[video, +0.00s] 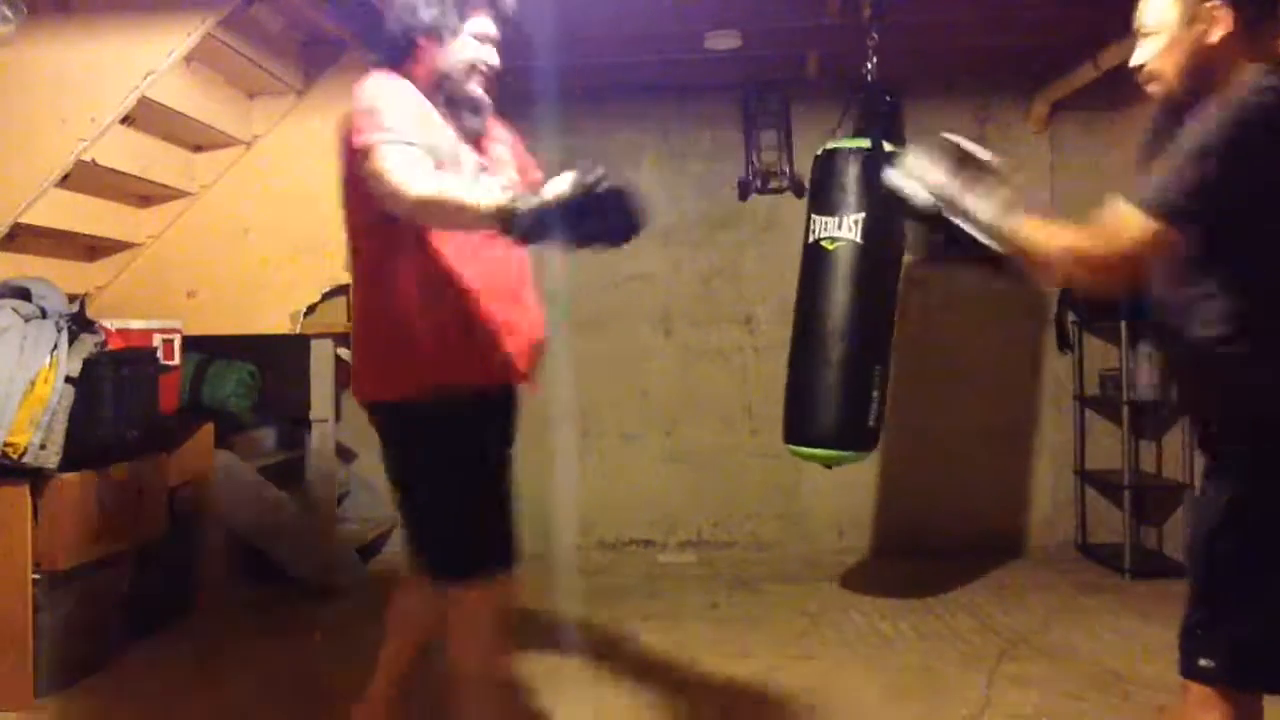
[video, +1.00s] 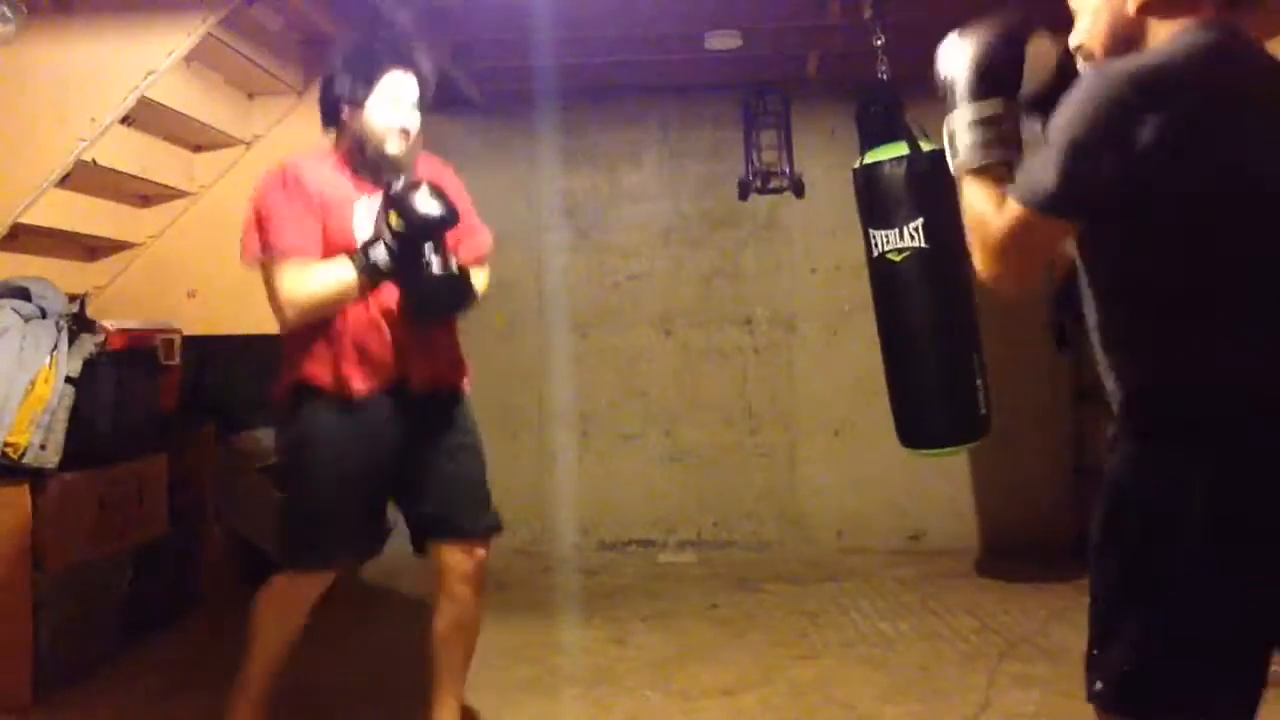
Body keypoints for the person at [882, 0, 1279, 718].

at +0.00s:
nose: (1136, 58)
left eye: (1150, 31)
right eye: (1138, 36)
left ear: (1215, 25)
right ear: (1211, 30)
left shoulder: (1247, 111)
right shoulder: (1211, 114)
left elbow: (1111, 257)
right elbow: (1115, 266)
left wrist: (984, 206)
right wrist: (997, 211)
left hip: (1259, 451)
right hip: (1243, 444)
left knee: (1215, 679)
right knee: (1233, 675)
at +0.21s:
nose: (1213, 43)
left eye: (1230, 17)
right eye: (1213, 23)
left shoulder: (1276, 144)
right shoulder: (1266, 144)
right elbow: (1250, 297)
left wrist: (1209, 366)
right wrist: (1188, 367)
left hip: (1278, 441)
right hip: (1266, 438)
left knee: (1231, 672)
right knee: (1244, 672)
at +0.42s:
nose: (1261, 49)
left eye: (1269, 33)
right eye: (1259, 38)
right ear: (1262, 57)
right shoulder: (1276, 169)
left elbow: (1272, 297)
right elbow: (1266, 296)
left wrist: (1225, 293)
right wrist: (1205, 294)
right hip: (1276, 457)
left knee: (1226, 654)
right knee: (1230, 654)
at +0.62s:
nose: (1214, 33)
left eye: (1231, 9)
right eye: (1214, 15)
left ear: (1276, 11)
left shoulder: (1274, 109)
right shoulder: (1266, 106)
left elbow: (1173, 261)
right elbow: (1224, 225)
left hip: (1272, 441)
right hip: (1267, 434)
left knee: (1197, 670)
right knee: (1224, 668)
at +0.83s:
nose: (1115, 44)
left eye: (1127, 17)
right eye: (1115, 21)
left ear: (1193, 12)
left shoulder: (1186, 118)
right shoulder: (1261, 102)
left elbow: (1082, 290)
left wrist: (1015, 170)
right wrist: (1093, 155)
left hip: (1204, 475)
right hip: (1263, 465)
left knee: (1132, 690)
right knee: (1247, 684)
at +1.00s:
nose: (1072, 17)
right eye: (1074, 1)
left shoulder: (1127, 94)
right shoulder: (1262, 77)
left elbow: (1003, 258)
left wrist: (975, 104)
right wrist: (1070, 94)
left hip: (1174, 462)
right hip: (1259, 450)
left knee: (1148, 689)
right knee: (1219, 687)